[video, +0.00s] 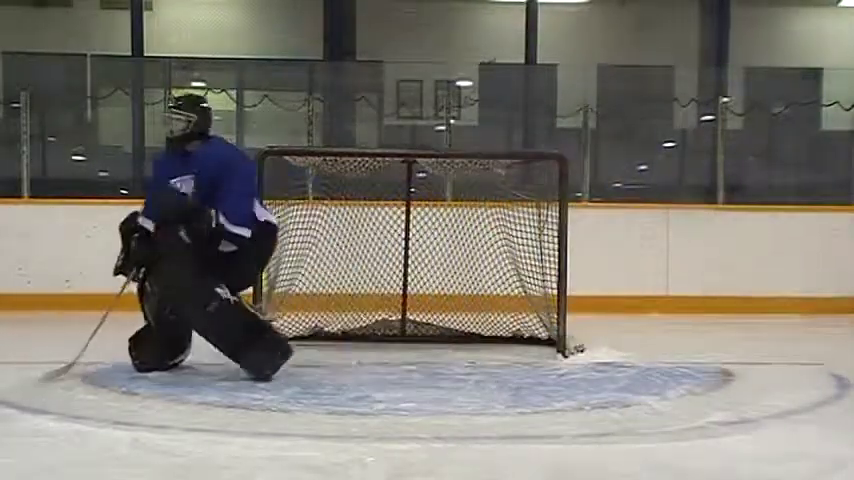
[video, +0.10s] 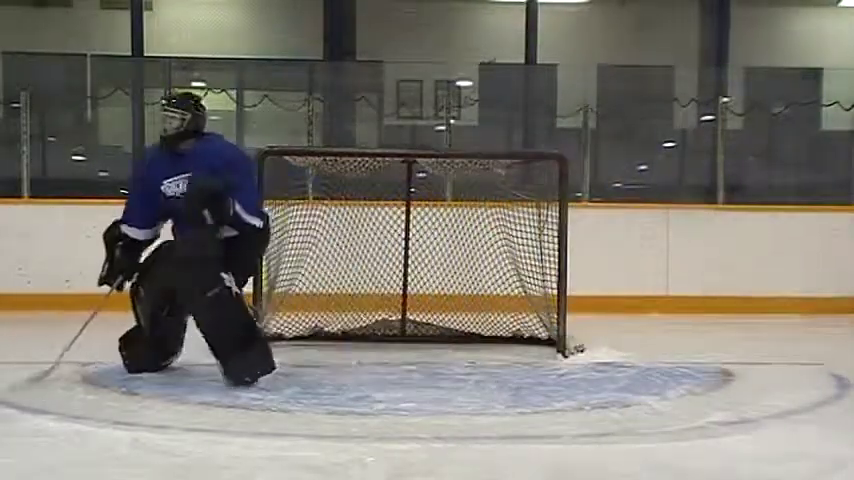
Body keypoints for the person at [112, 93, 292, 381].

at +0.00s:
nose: (171, 126)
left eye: (179, 120)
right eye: (170, 119)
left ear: (198, 124)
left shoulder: (229, 160)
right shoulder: (167, 162)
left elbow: (236, 228)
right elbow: (155, 209)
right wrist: (138, 241)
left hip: (248, 241)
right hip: (199, 240)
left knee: (189, 286)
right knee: (158, 274)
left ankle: (262, 349)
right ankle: (164, 345)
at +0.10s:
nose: (167, 124)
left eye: (175, 118)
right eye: (166, 116)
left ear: (194, 121)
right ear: (163, 117)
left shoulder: (226, 157)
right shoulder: (155, 164)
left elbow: (250, 220)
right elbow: (140, 222)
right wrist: (125, 257)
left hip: (228, 244)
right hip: (185, 246)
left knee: (205, 288)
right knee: (155, 284)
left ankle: (247, 365)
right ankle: (151, 354)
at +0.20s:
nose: (170, 116)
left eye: (178, 110)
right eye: (169, 109)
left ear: (197, 113)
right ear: (166, 111)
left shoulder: (231, 146)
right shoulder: (153, 161)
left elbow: (266, 196)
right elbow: (137, 218)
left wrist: (243, 200)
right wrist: (122, 257)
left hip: (235, 242)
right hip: (188, 252)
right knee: (155, 293)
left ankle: (245, 366)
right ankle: (150, 352)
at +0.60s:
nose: (189, 82)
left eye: (199, 77)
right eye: (187, 75)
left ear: (218, 84)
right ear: (183, 78)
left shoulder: (237, 126)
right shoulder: (178, 124)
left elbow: (240, 204)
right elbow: (158, 182)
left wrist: (192, 184)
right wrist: (144, 227)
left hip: (256, 222)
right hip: (213, 221)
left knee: (189, 278)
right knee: (164, 272)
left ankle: (217, 378)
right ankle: (184, 367)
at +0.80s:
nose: (199, 88)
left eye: (208, 81)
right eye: (199, 80)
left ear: (227, 86)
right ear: (202, 85)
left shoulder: (249, 127)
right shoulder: (201, 129)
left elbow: (241, 198)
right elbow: (183, 188)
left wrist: (188, 201)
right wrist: (156, 234)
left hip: (271, 225)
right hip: (228, 225)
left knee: (206, 287)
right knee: (186, 272)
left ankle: (239, 375)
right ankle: (205, 361)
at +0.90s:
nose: (219, 93)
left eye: (227, 87)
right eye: (214, 86)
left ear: (244, 95)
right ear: (208, 91)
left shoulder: (260, 135)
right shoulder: (204, 137)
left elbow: (264, 201)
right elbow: (182, 193)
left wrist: (202, 211)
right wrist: (155, 238)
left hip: (278, 227)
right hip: (230, 228)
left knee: (244, 294)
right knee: (197, 275)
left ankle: (272, 379)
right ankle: (229, 364)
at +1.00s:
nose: (243, 100)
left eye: (248, 92)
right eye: (234, 93)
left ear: (256, 96)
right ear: (219, 99)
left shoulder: (278, 138)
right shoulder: (208, 140)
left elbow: (283, 203)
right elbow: (185, 193)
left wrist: (242, 215)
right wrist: (158, 232)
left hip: (292, 221)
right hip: (233, 222)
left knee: (275, 290)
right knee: (203, 275)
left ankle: (304, 363)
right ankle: (239, 351)